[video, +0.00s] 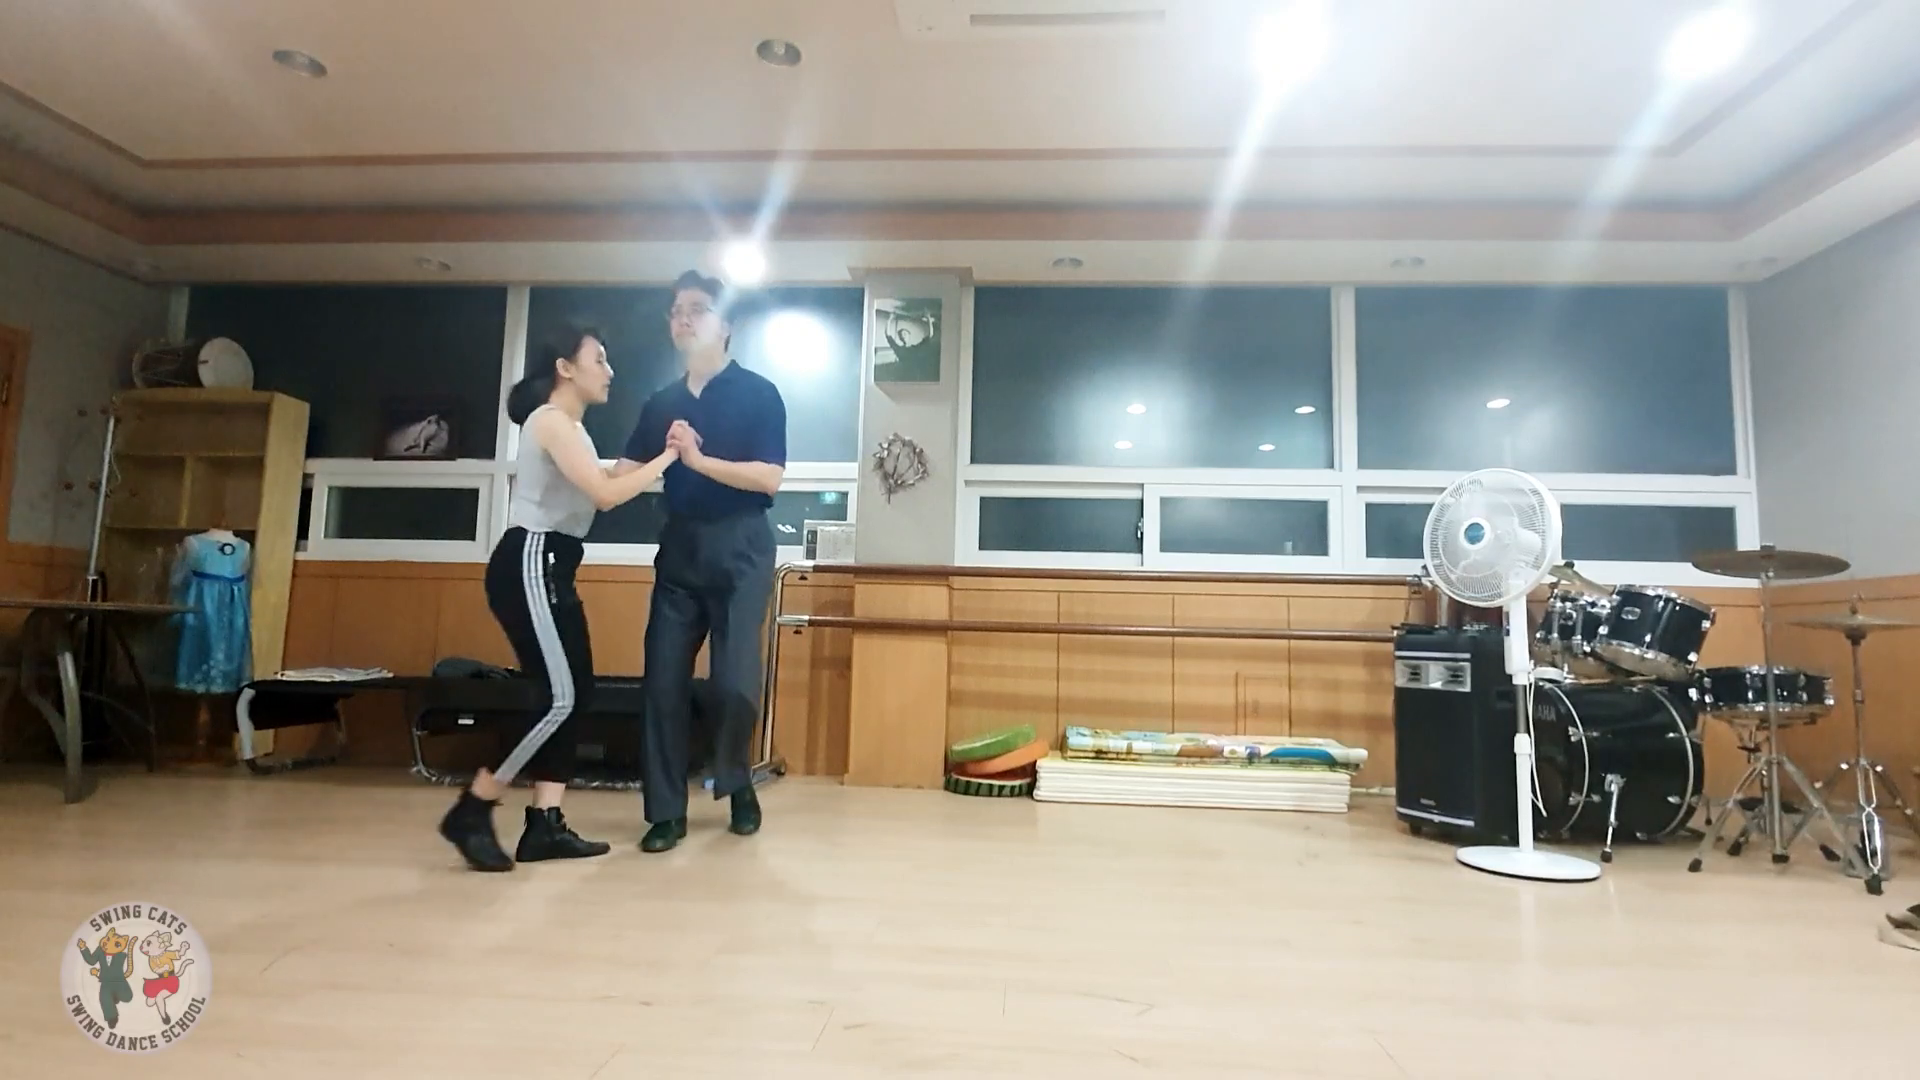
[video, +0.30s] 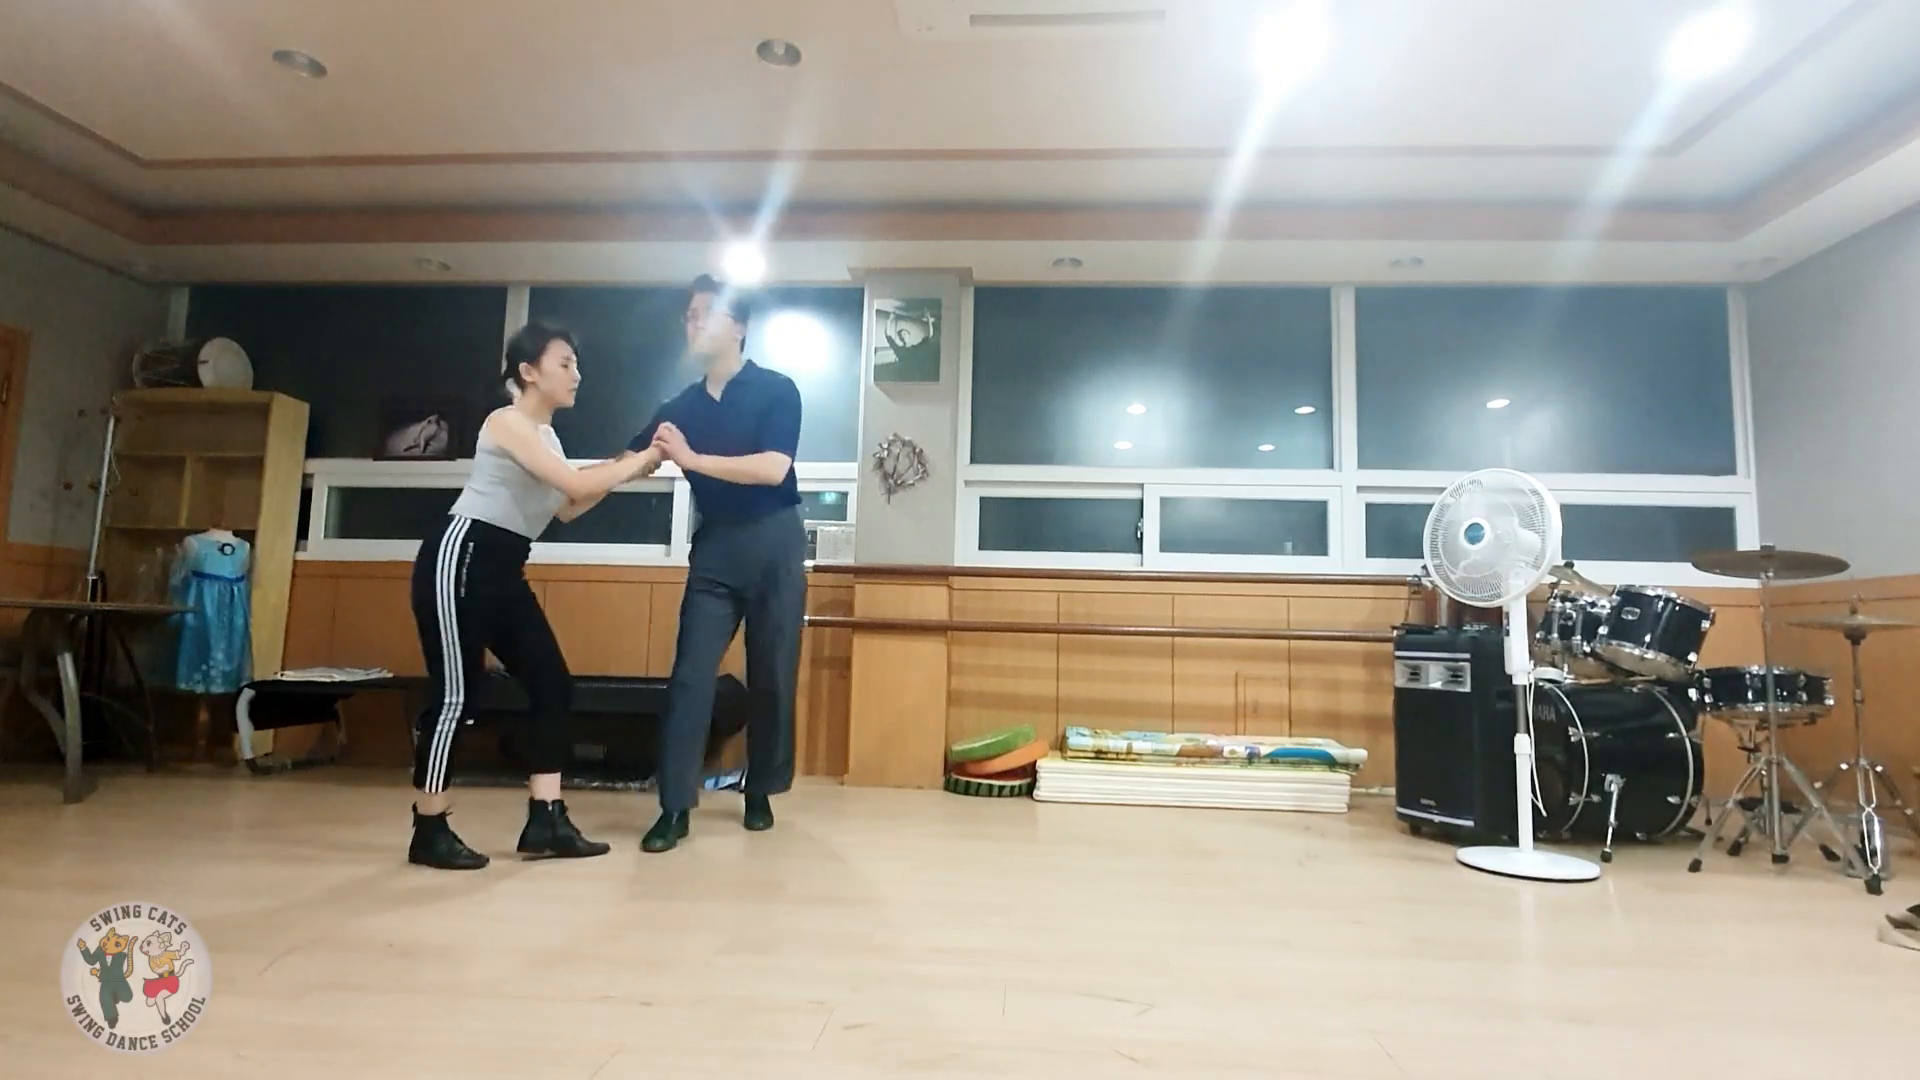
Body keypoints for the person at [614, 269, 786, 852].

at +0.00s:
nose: (680, 319)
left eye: (695, 311)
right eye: (676, 311)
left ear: (725, 323)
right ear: (671, 323)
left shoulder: (759, 393)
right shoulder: (662, 403)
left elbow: (770, 479)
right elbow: (629, 474)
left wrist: (697, 459)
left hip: (743, 549)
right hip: (680, 551)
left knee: (736, 685)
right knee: (663, 684)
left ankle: (738, 783)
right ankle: (665, 815)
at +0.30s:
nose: (692, 324)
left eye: (704, 315)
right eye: (690, 316)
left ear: (738, 325)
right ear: (690, 327)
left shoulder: (776, 389)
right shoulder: (681, 409)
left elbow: (774, 468)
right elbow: (630, 462)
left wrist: (692, 462)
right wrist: (581, 487)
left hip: (777, 546)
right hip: (715, 549)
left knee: (771, 677)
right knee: (691, 675)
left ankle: (760, 793)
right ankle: (675, 809)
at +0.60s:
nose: (690, 323)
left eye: (703, 314)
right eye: (689, 314)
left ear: (737, 325)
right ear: (690, 324)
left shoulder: (774, 385)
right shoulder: (681, 411)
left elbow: (775, 461)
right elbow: (632, 467)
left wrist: (690, 461)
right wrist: (578, 490)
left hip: (779, 539)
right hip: (718, 546)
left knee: (787, 674)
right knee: (704, 680)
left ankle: (779, 784)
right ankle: (722, 807)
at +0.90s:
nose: (687, 313)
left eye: (700, 302)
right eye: (681, 305)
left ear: (730, 311)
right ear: (676, 317)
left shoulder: (767, 372)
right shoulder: (677, 406)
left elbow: (790, 443)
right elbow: (647, 472)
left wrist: (705, 453)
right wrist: (596, 498)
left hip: (766, 539)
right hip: (706, 545)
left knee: (754, 670)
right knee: (697, 681)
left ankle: (754, 817)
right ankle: (716, 811)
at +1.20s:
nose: (643, 296)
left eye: (653, 284)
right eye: (644, 287)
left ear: (691, 288)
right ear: (677, 294)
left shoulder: (718, 341)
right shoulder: (684, 365)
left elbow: (734, 395)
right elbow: (690, 461)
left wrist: (656, 423)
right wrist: (638, 483)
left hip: (737, 524)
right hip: (709, 527)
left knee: (692, 680)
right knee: (695, 677)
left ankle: (668, 845)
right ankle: (715, 799)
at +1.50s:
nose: (601, 284)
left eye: (604, 274)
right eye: (605, 276)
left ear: (619, 273)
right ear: (668, 281)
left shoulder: (618, 315)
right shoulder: (688, 343)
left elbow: (555, 360)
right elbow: (657, 432)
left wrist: (549, 434)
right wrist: (580, 449)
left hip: (663, 508)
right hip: (713, 504)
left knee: (634, 682)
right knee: (723, 683)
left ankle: (654, 849)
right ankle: (784, 817)